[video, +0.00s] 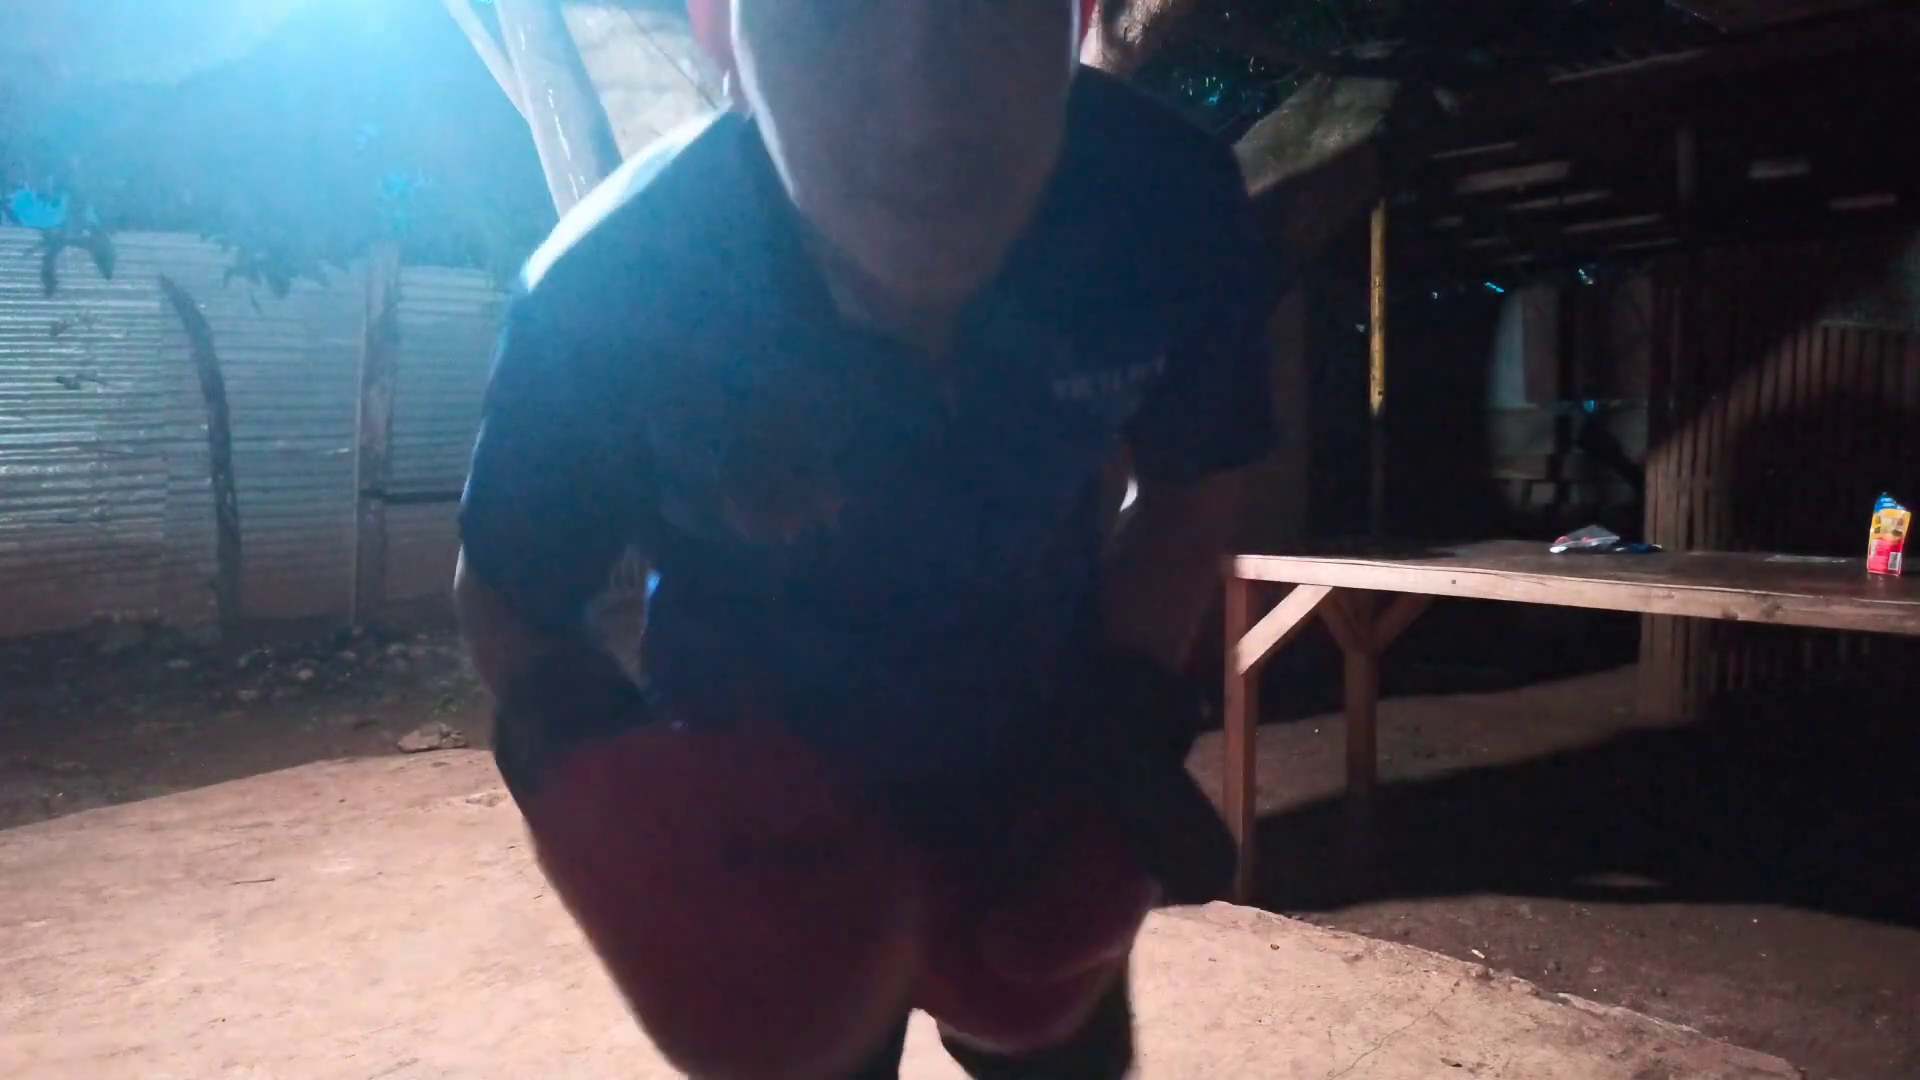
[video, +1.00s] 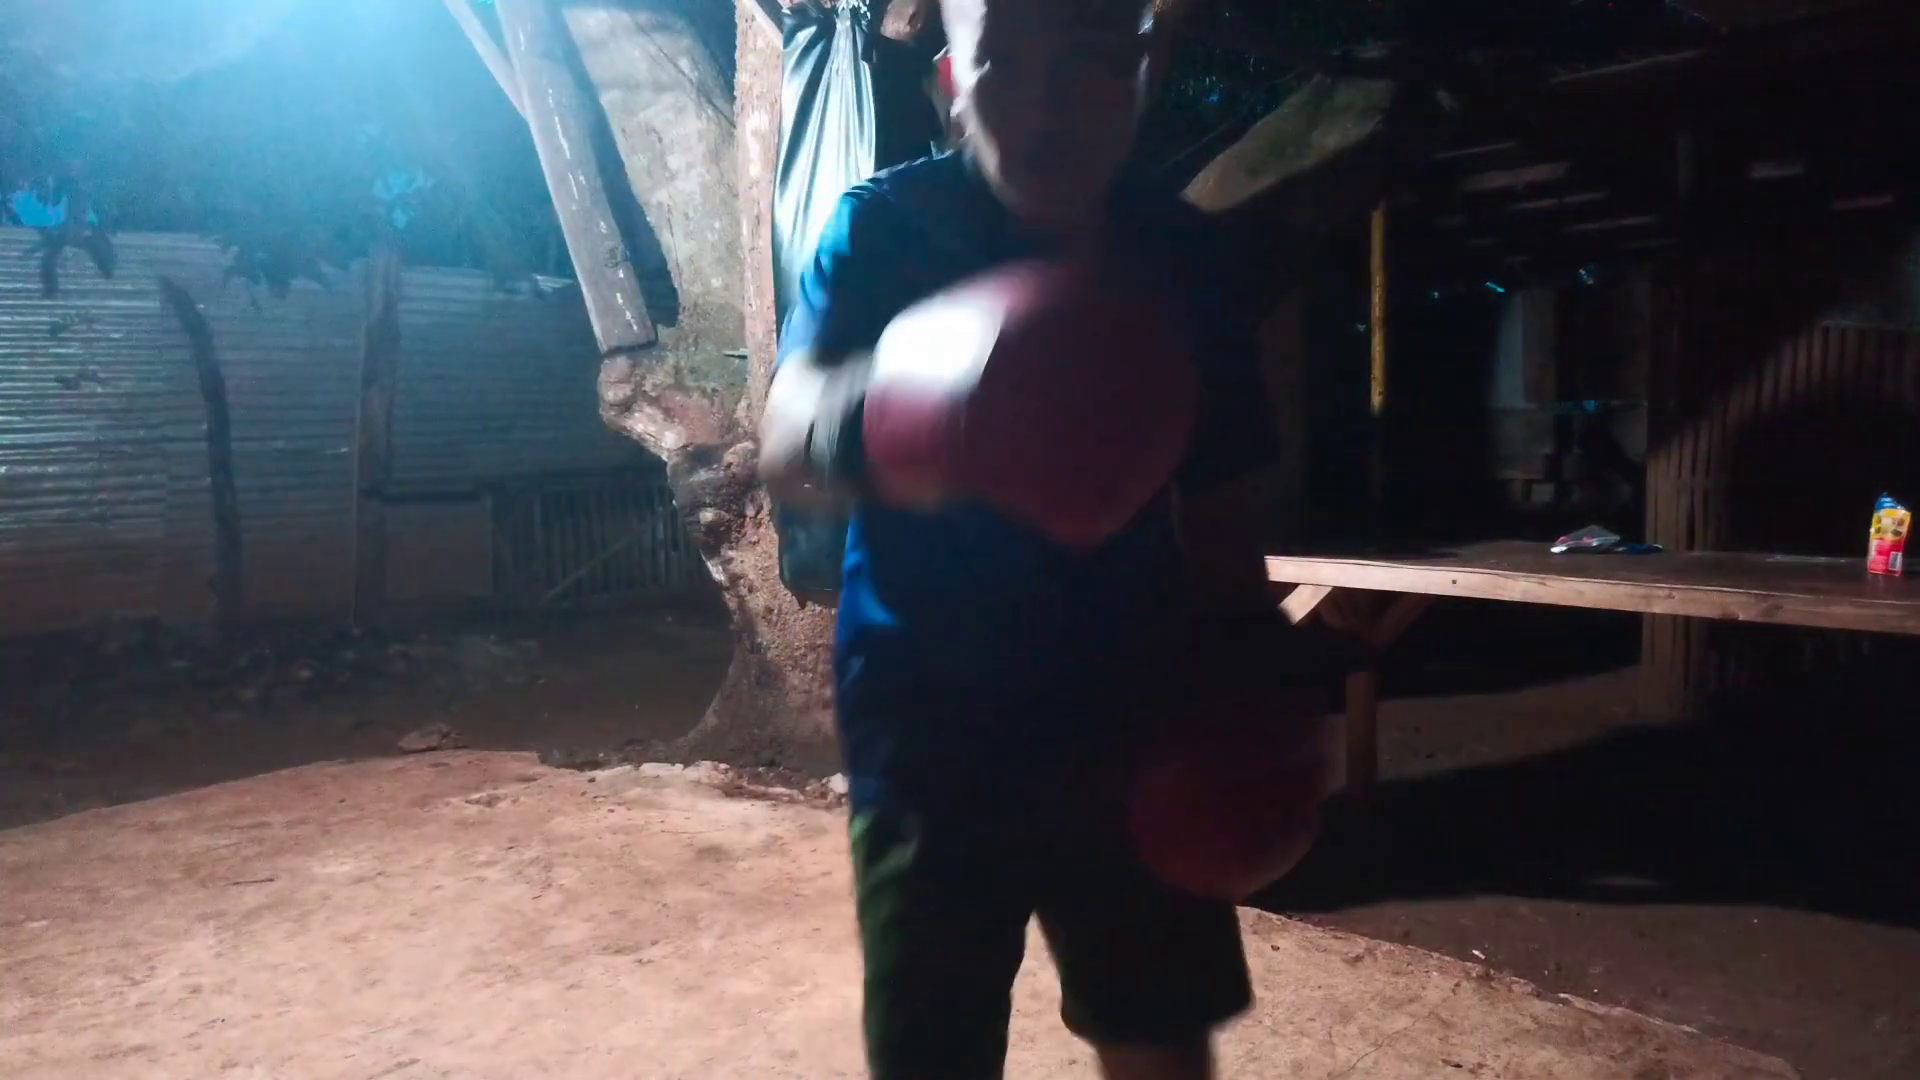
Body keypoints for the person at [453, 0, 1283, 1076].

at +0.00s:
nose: (922, 109)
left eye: (980, 34)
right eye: (844, 36)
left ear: (1078, 25)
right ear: (718, 32)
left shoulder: (1173, 206)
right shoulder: (604, 293)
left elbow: (1192, 493)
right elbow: (508, 592)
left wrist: (1097, 773)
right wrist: (640, 814)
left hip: (1040, 799)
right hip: (769, 818)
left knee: (1070, 1060)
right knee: (799, 1059)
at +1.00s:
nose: (1042, 102)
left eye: (1082, 62)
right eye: (1002, 63)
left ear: (1139, 77)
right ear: (949, 83)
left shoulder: (1184, 252)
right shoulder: (886, 226)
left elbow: (1224, 522)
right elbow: (786, 443)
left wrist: (1250, 727)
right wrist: (933, 418)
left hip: (1133, 726)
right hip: (933, 731)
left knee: (1160, 1048)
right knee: (927, 1058)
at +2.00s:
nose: (816, 56)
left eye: (843, 30)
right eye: (785, 32)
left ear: (891, 41)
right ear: (741, 56)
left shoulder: (980, 186)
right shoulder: (698, 242)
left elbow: (990, 415)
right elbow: (663, 467)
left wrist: (890, 573)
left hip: (978, 633)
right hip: (794, 647)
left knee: (1038, 993)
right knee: (828, 996)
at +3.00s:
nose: (758, 61)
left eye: (789, 34)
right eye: (727, 35)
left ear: (836, 60)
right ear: (681, 62)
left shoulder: (898, 205)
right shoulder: (630, 225)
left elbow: (928, 428)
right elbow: (493, 415)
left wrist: (996, 587)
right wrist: (621, 470)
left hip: (896, 623)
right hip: (729, 642)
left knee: (921, 926)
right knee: (741, 976)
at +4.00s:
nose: (911, 33)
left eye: (937, 8)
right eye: (875, 9)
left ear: (977, 27)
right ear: (813, 28)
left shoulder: (1052, 193)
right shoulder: (770, 199)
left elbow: (1102, 441)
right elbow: (616, 420)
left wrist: (1151, 611)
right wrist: (770, 459)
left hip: (1015, 670)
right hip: (837, 677)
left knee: (994, 1000)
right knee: (821, 1027)